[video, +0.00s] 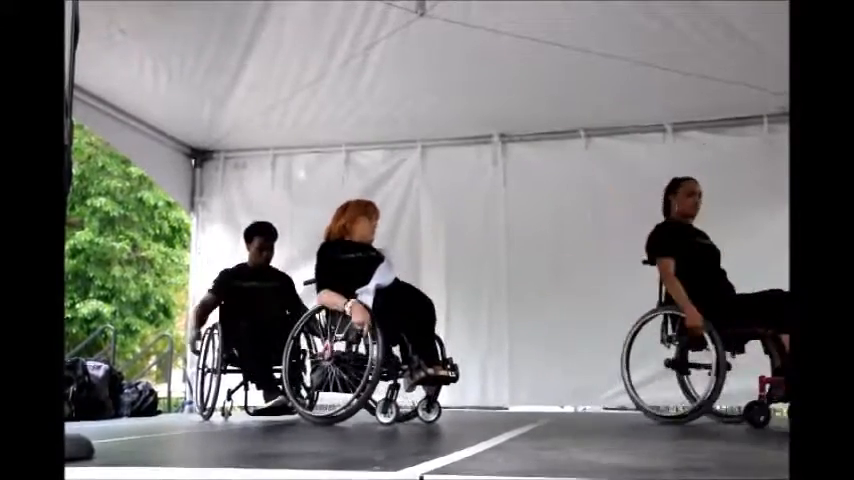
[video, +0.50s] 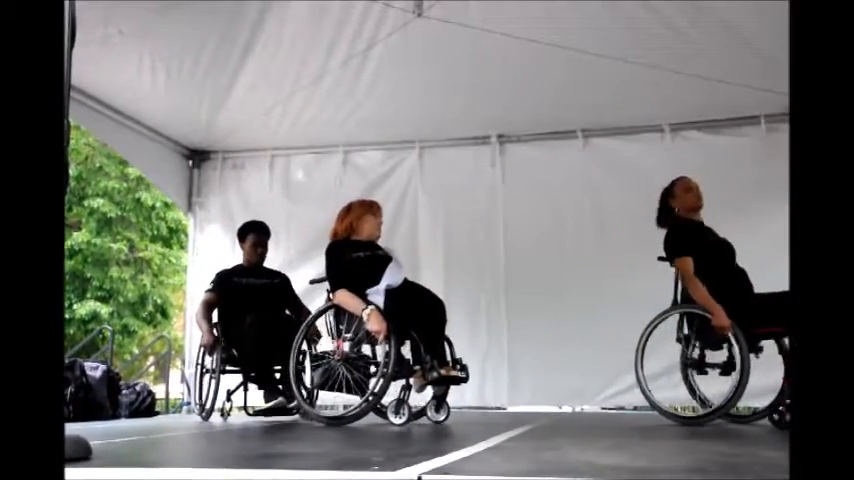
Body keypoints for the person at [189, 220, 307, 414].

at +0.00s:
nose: (266, 254)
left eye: (269, 249)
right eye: (261, 249)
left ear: (274, 249)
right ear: (248, 246)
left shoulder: (282, 280)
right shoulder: (230, 277)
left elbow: (300, 312)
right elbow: (206, 305)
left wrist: (321, 332)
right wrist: (195, 330)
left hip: (275, 340)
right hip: (242, 341)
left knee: (293, 338)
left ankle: (293, 394)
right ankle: (271, 393)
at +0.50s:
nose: (261, 250)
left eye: (264, 245)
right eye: (255, 245)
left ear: (268, 246)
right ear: (242, 244)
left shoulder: (279, 280)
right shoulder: (226, 278)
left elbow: (300, 309)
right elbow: (204, 308)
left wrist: (310, 326)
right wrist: (207, 333)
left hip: (273, 339)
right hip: (239, 341)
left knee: (291, 327)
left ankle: (291, 392)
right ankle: (271, 393)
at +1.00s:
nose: (258, 255)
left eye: (261, 249)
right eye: (252, 249)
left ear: (263, 250)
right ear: (238, 248)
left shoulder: (269, 282)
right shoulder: (218, 281)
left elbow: (295, 310)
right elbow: (191, 313)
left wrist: (323, 332)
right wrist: (163, 343)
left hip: (262, 343)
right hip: (230, 346)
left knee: (282, 324)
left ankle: (286, 392)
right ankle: (266, 393)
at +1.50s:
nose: (248, 261)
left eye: (252, 256)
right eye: (243, 255)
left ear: (255, 255)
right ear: (231, 253)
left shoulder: (262, 280)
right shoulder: (214, 280)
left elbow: (299, 274)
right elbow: (181, 283)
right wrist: (185, 254)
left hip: (255, 342)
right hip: (223, 346)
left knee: (273, 325)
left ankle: (277, 392)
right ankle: (257, 393)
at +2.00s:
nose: (248, 266)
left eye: (252, 261)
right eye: (244, 261)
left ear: (255, 262)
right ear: (232, 259)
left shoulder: (259, 291)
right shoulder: (214, 287)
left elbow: (282, 319)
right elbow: (186, 310)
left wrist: (289, 344)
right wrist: (193, 332)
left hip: (249, 346)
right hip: (216, 348)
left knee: (273, 331)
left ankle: (272, 394)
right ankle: (256, 395)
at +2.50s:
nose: (256, 277)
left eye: (259, 272)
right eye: (251, 272)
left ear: (263, 271)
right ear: (239, 269)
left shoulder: (264, 297)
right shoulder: (216, 290)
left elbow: (281, 323)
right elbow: (184, 305)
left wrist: (285, 347)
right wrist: (193, 329)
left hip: (247, 349)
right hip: (215, 349)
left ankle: (274, 393)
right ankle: (258, 394)